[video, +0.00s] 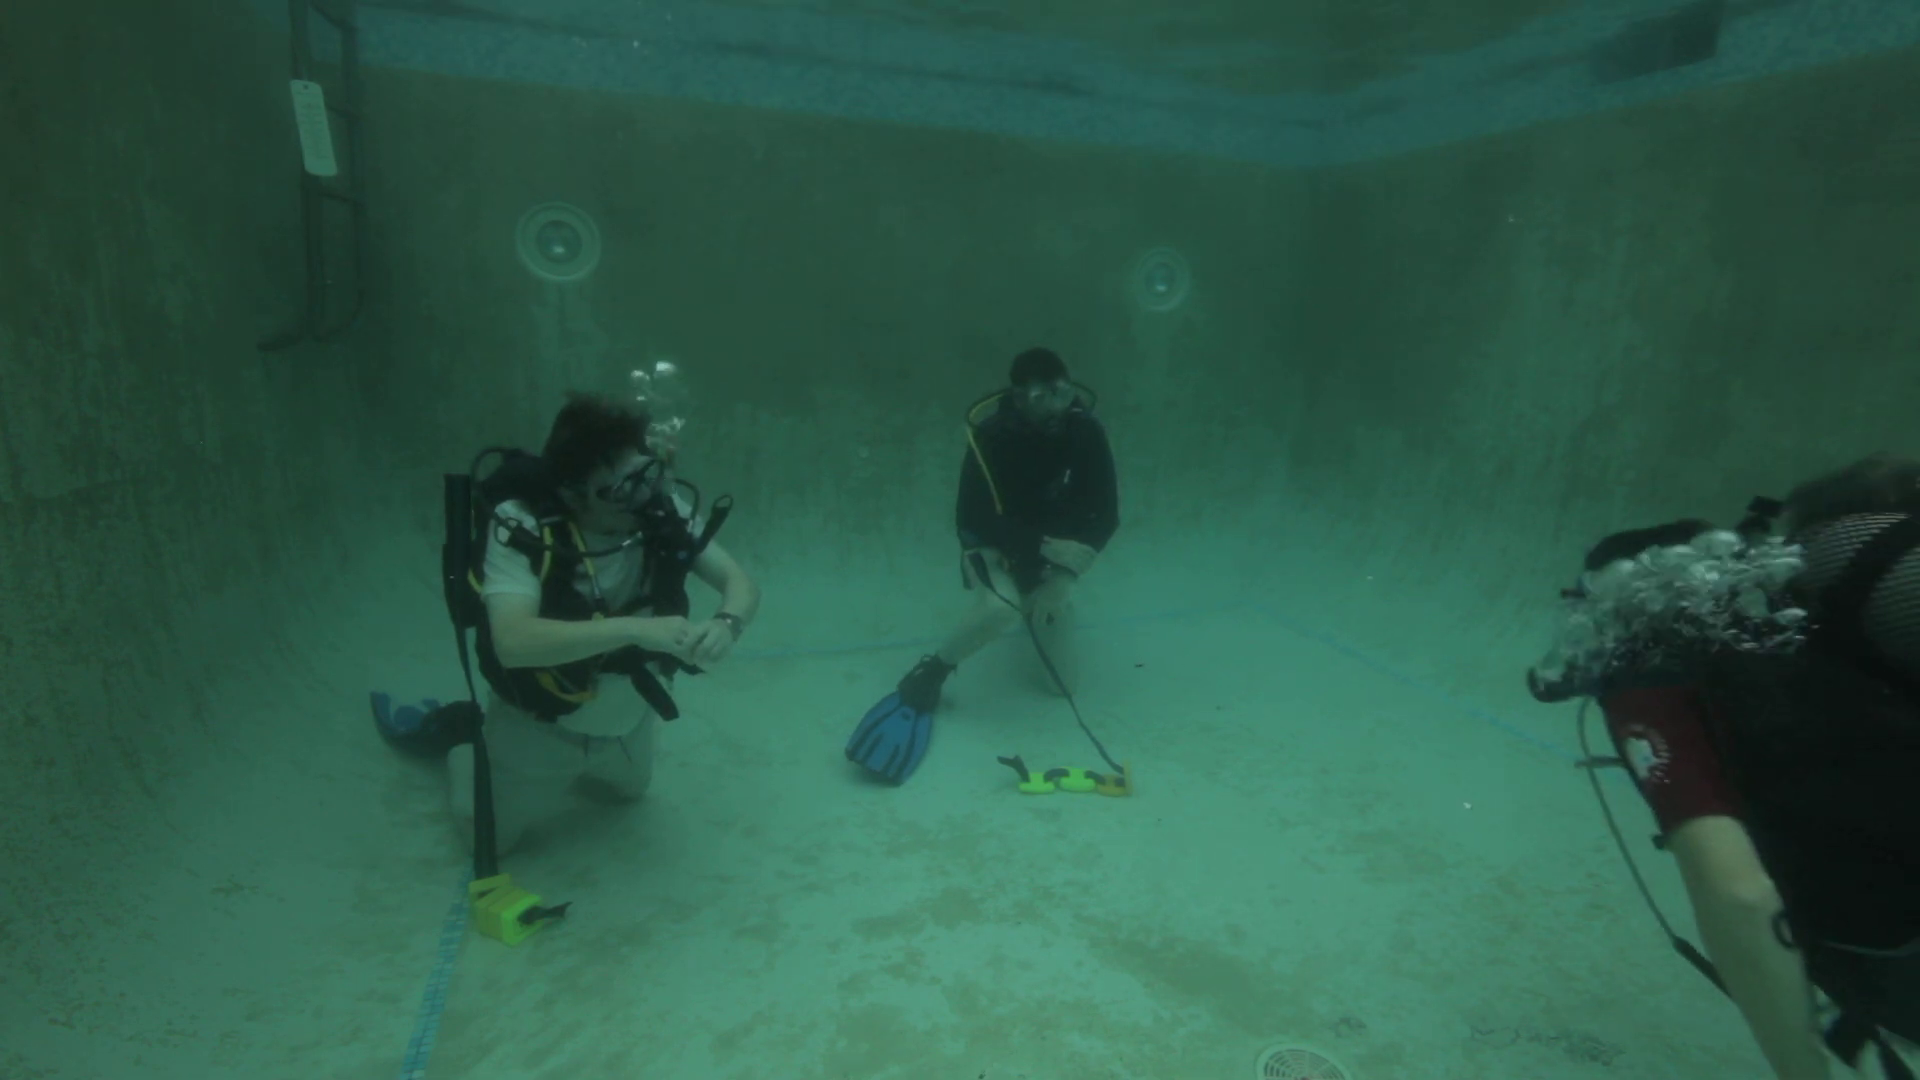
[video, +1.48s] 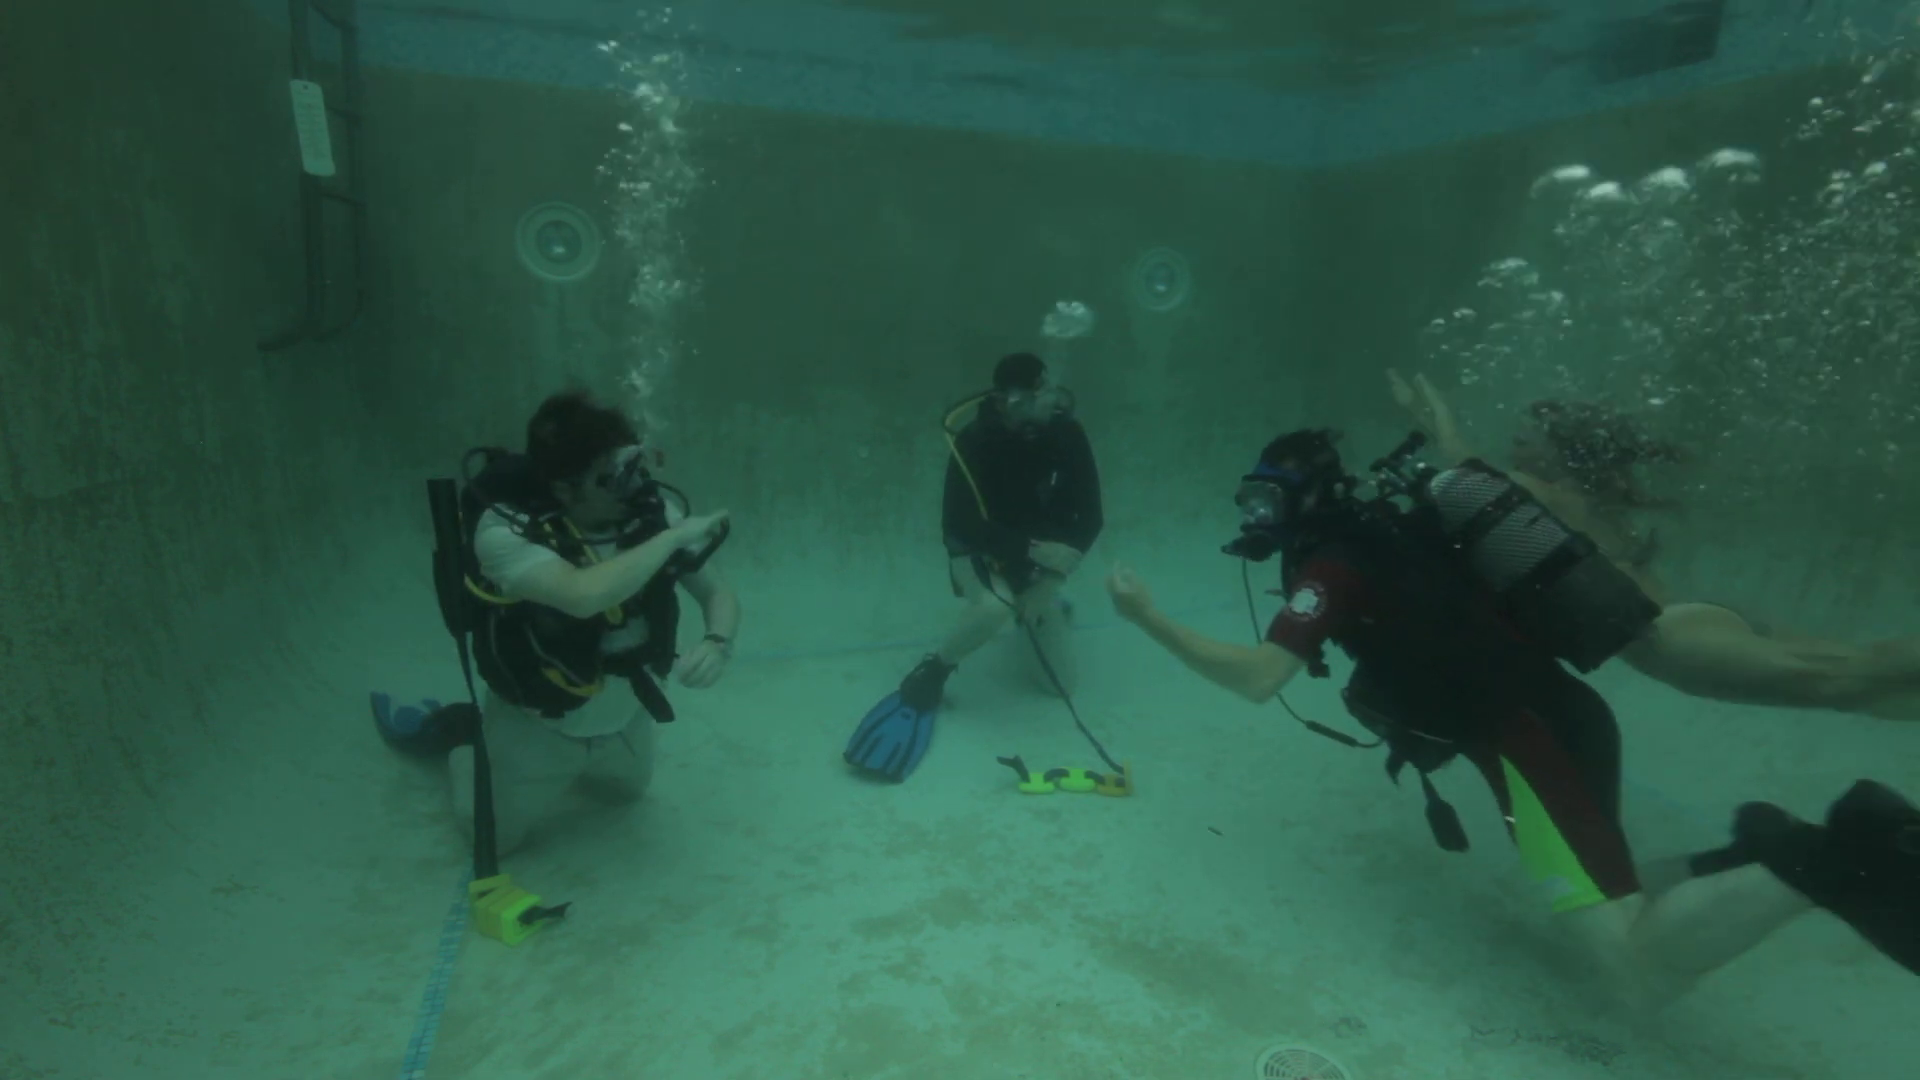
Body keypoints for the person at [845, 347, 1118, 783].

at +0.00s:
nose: (1054, 405)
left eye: (1060, 393)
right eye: (1042, 396)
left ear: (1070, 391)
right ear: (1018, 396)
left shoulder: (1085, 431)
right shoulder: (992, 433)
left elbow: (1105, 513)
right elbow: (976, 517)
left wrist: (1061, 578)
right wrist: (1048, 546)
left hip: (1058, 544)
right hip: (998, 541)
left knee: (1062, 677)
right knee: (1002, 606)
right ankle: (930, 673)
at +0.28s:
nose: (1054, 408)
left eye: (1059, 396)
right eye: (1042, 399)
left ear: (1068, 392)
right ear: (1017, 399)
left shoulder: (1082, 431)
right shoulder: (989, 435)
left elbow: (1101, 514)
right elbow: (974, 519)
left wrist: (1058, 583)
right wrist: (1042, 548)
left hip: (1055, 550)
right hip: (994, 544)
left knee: (1063, 673)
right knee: (1000, 606)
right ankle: (931, 670)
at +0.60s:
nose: (1050, 407)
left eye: (1054, 396)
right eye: (1040, 398)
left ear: (1063, 393)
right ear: (1016, 398)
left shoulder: (1077, 431)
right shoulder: (987, 434)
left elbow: (1098, 512)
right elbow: (973, 520)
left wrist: (1059, 579)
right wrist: (1035, 554)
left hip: (1052, 548)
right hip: (991, 544)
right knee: (998, 607)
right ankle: (930, 673)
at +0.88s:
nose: (1055, 405)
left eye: (1055, 395)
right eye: (1044, 398)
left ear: (1058, 391)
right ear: (1015, 400)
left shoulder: (1074, 432)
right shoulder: (984, 436)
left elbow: (1095, 514)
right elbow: (976, 522)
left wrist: (1055, 583)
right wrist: (1036, 556)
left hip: (1050, 548)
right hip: (989, 545)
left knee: (1064, 677)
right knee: (998, 607)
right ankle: (932, 673)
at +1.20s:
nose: (1051, 412)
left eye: (1053, 401)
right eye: (1041, 403)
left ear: (1056, 396)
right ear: (1011, 400)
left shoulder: (1069, 432)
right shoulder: (979, 438)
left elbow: (1092, 514)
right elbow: (972, 524)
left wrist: (1053, 582)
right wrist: (1038, 551)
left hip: (1045, 549)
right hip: (984, 546)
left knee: (1061, 678)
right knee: (998, 607)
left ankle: (1047, 605)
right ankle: (932, 672)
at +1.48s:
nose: (1032, 410)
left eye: (1038, 398)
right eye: (1022, 401)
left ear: (1049, 393)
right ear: (1001, 401)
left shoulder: (1066, 433)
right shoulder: (976, 439)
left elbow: (1090, 513)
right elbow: (966, 523)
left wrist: (1049, 583)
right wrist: (1033, 549)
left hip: (1043, 552)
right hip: (983, 547)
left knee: (1060, 677)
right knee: (993, 608)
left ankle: (1044, 605)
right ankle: (933, 673)